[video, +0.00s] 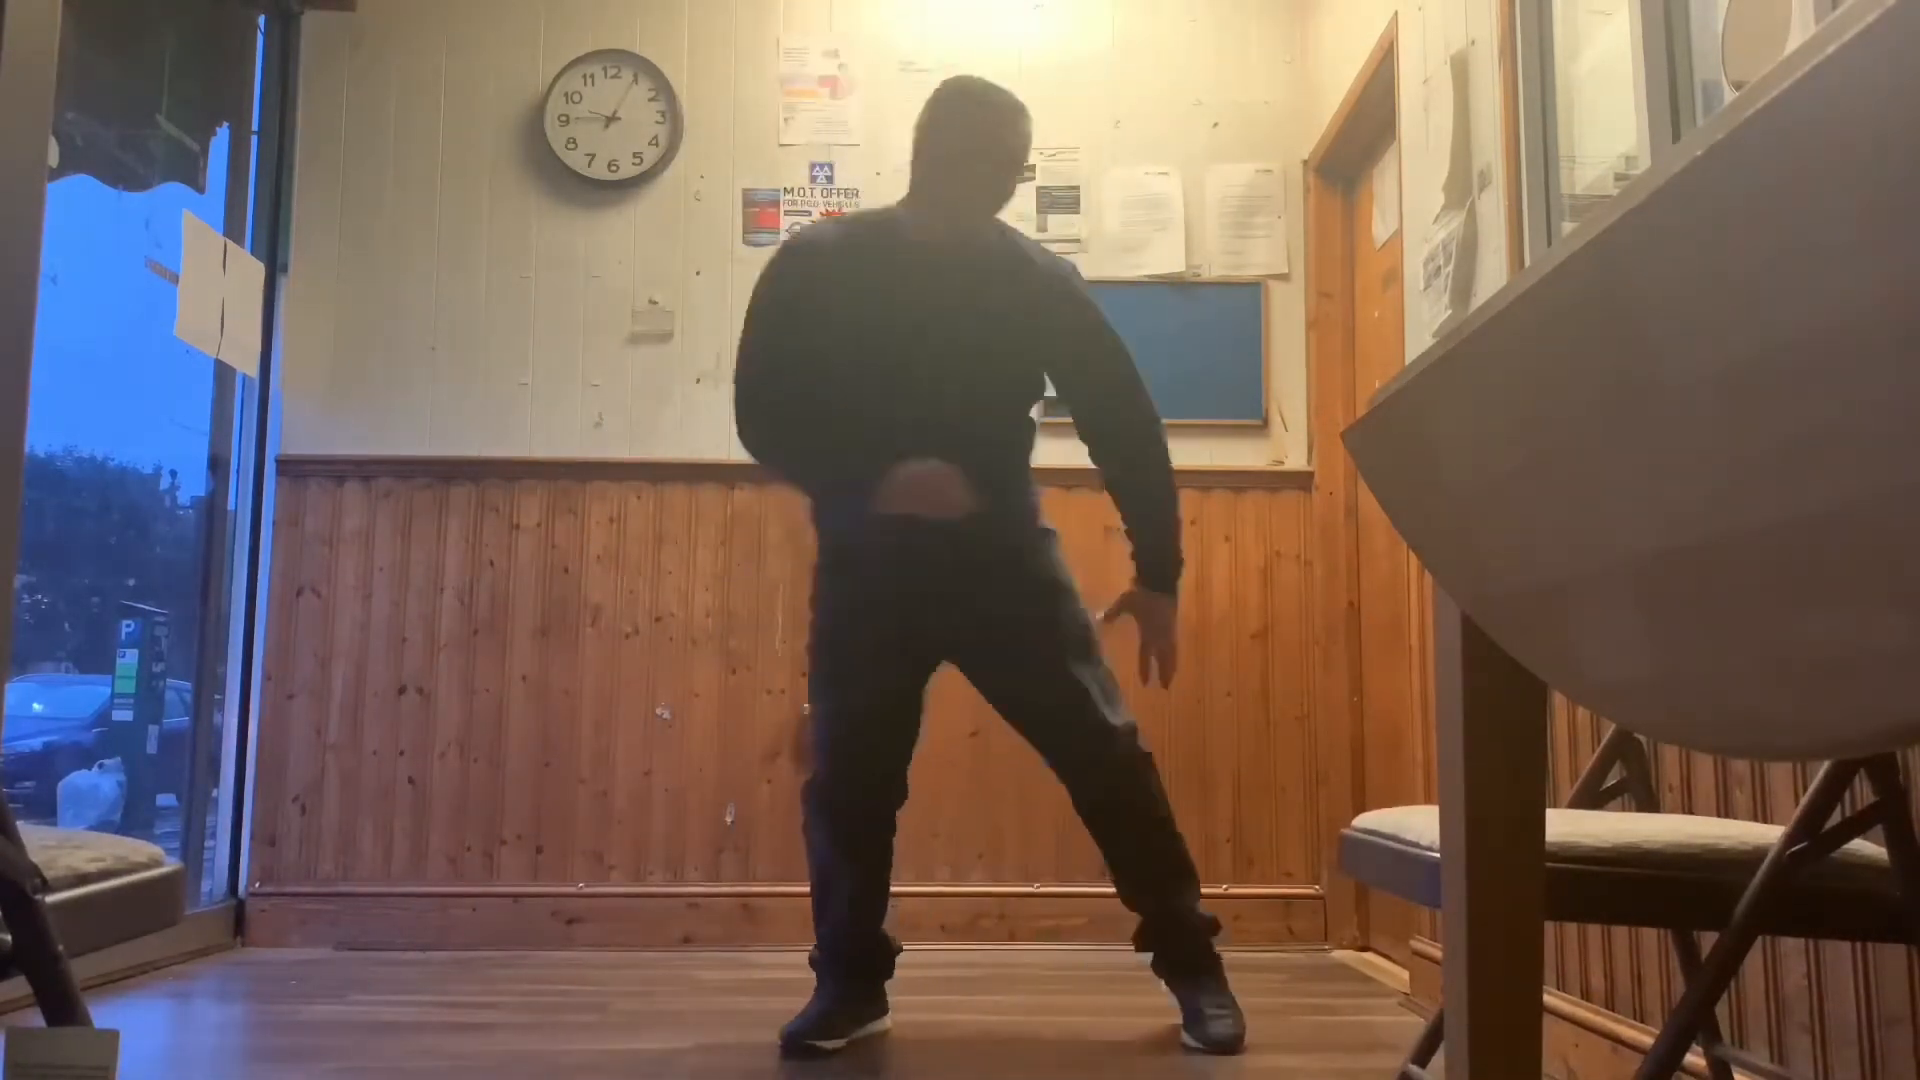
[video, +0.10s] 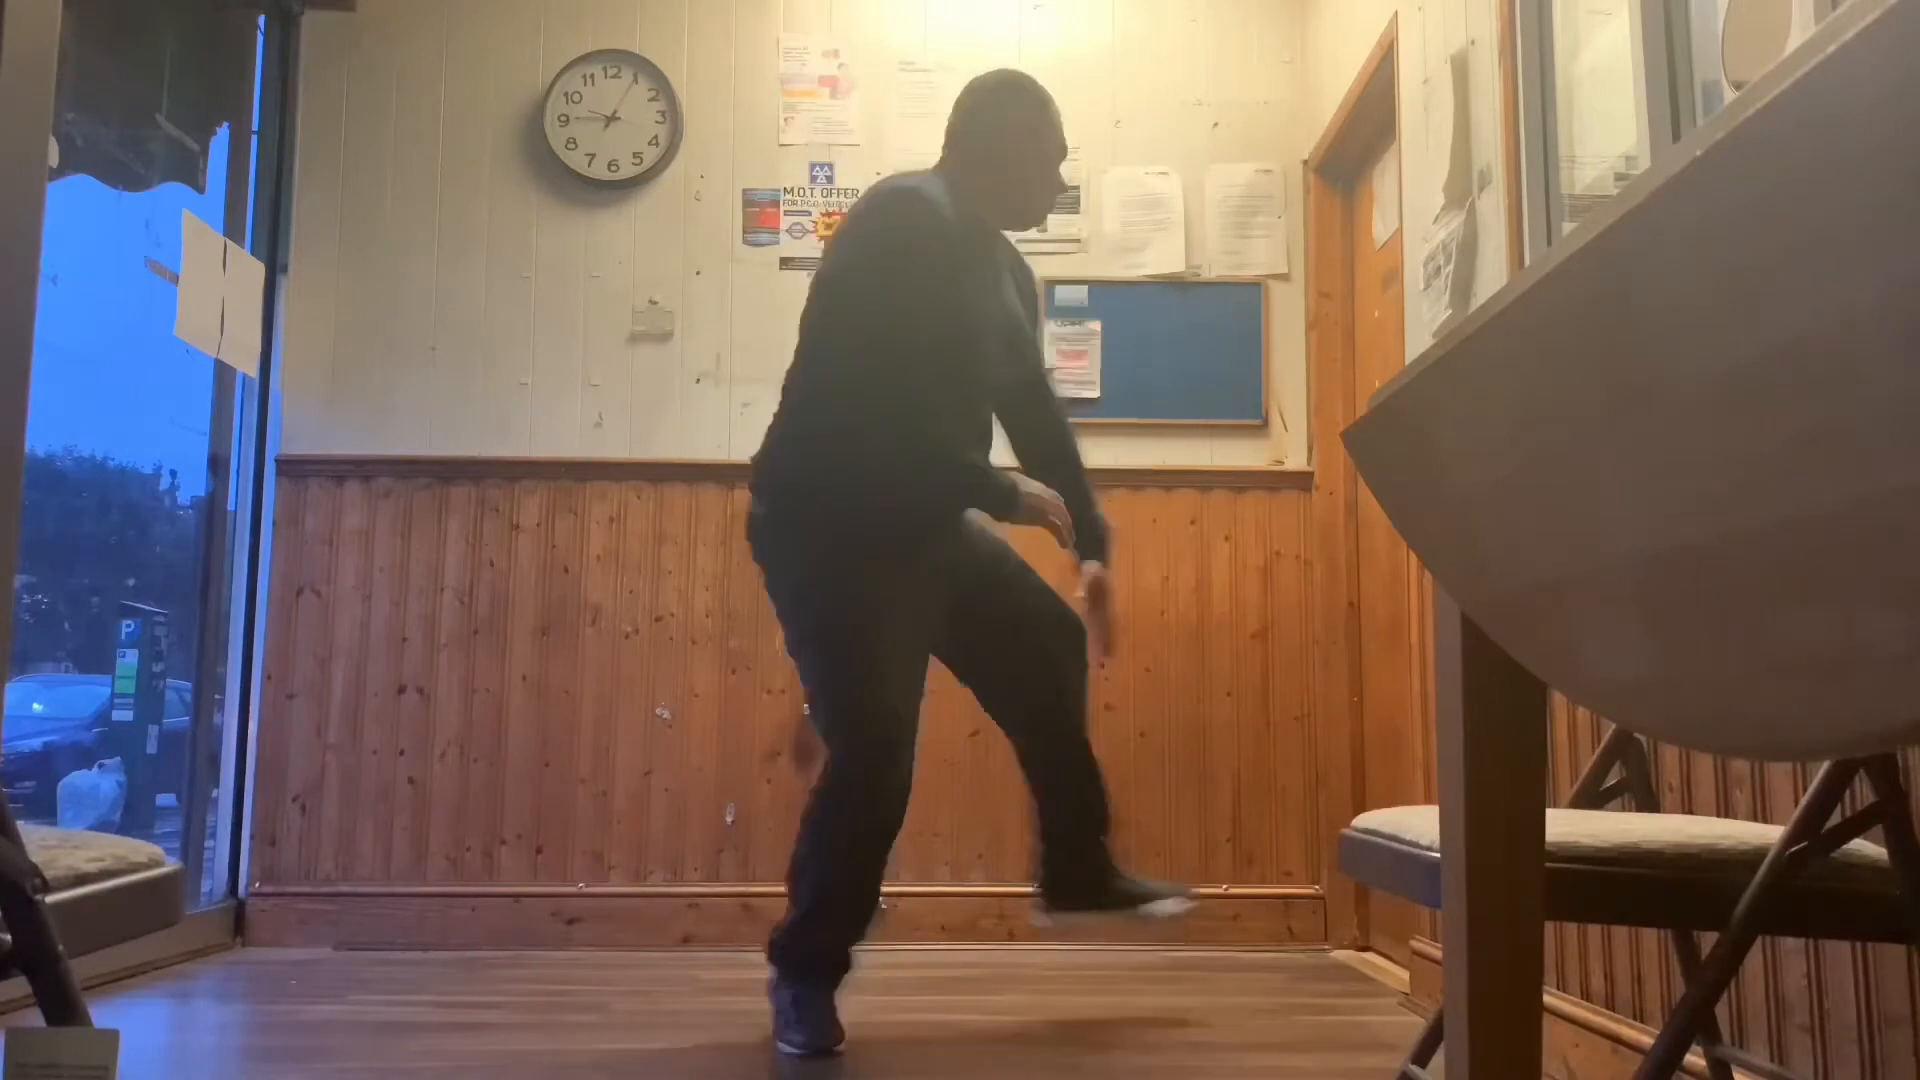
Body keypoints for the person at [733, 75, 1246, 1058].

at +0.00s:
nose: (973, 182)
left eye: (996, 166)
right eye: (962, 157)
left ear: (1014, 172)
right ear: (927, 151)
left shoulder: (1036, 285)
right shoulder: (815, 262)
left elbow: (1123, 422)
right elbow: (764, 413)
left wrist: (1158, 572)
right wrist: (868, 480)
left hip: (1006, 570)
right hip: (868, 574)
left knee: (1110, 758)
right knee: (849, 789)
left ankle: (1197, 974)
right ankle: (848, 986)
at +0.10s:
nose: (1064, 177)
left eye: (1063, 156)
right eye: (1051, 154)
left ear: (1007, 150)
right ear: (991, 146)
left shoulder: (1002, 270)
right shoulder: (907, 217)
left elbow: (1030, 407)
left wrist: (1075, 530)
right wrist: (1008, 492)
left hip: (925, 520)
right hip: (835, 522)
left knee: (1044, 656)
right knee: (873, 756)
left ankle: (1078, 873)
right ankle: (805, 978)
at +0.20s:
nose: (1037, 165)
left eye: (1031, 149)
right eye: (1034, 149)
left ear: (944, 141)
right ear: (1020, 144)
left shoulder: (909, 201)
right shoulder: (1006, 202)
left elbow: (906, 368)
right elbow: (993, 362)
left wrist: (963, 494)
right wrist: (1026, 483)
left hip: (773, 473)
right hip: (837, 489)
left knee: (954, 559)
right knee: (881, 741)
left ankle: (854, 721)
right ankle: (744, 971)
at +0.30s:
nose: (970, 148)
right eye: (985, 127)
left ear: (909, 139)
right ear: (994, 130)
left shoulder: (862, 200)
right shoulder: (1046, 207)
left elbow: (790, 337)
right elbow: (1058, 356)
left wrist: (769, 437)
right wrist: (1021, 468)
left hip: (770, 461)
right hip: (887, 505)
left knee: (751, 534)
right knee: (877, 748)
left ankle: (646, 677)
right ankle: (746, 970)